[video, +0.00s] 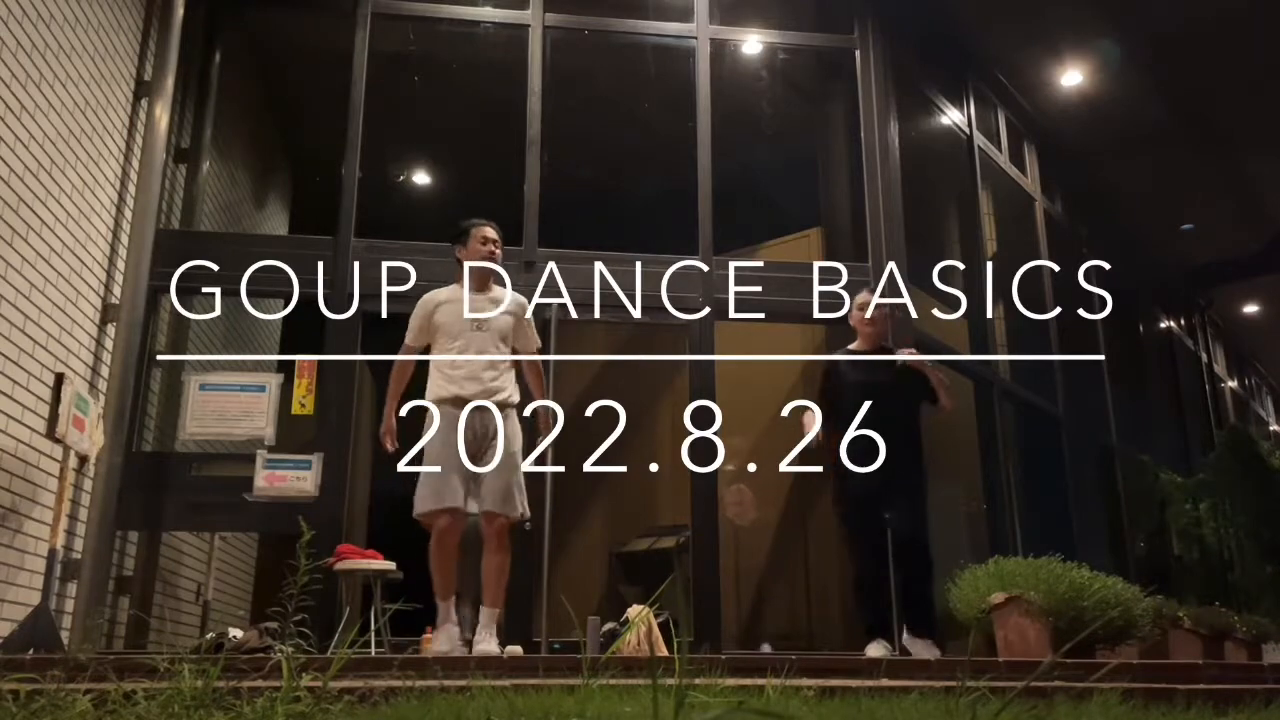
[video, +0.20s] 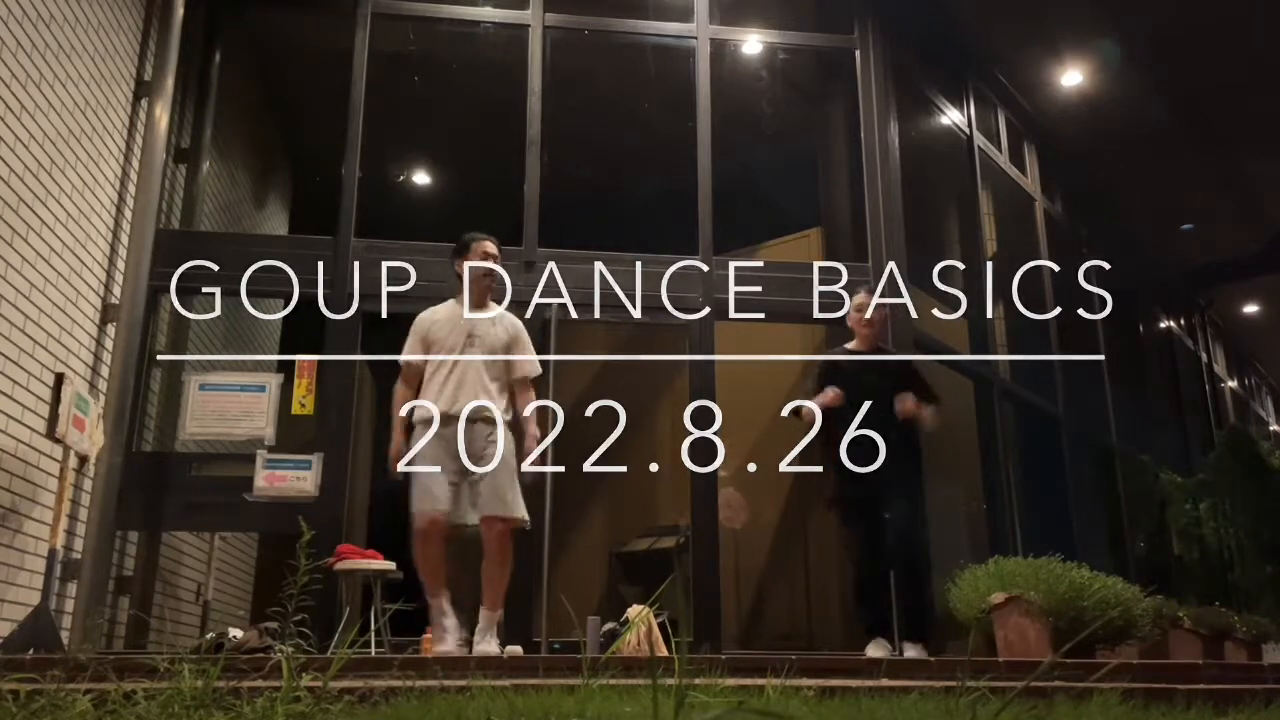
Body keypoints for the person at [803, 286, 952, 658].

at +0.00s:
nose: (875, 315)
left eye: (881, 309)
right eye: (866, 309)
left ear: (891, 317)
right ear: (852, 318)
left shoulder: (905, 361)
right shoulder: (836, 363)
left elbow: (947, 405)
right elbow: (815, 411)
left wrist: (926, 368)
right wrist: (813, 426)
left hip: (905, 471)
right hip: (856, 474)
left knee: (912, 548)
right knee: (867, 554)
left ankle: (917, 632)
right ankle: (877, 637)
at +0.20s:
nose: (868, 317)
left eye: (874, 311)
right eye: (861, 311)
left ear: (885, 317)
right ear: (849, 317)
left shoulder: (899, 363)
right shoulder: (834, 362)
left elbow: (934, 419)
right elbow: (805, 415)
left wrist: (917, 410)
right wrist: (820, 403)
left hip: (901, 475)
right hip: (854, 476)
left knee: (908, 551)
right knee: (866, 555)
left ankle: (913, 638)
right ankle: (877, 637)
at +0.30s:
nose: (867, 330)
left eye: (873, 324)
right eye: (860, 324)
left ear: (883, 329)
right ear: (849, 330)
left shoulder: (896, 382)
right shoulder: (834, 379)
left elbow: (918, 427)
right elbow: (810, 421)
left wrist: (914, 448)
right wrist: (828, 432)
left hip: (893, 479)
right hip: (848, 480)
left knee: (907, 548)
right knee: (865, 536)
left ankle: (911, 637)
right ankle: (867, 617)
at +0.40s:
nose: (858, 329)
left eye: (865, 323)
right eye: (851, 323)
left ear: (878, 327)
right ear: (842, 327)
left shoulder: (893, 381)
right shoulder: (823, 376)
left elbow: (909, 432)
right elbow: (796, 423)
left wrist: (907, 466)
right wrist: (808, 456)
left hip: (883, 482)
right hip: (836, 479)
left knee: (902, 553)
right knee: (832, 512)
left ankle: (909, 640)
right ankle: (829, 590)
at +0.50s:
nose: (833, 304)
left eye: (841, 298)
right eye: (828, 297)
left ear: (857, 307)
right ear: (821, 304)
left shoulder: (876, 358)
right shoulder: (804, 351)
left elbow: (898, 409)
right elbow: (772, 392)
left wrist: (896, 448)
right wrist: (772, 431)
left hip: (861, 461)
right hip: (810, 457)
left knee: (882, 541)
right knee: (793, 514)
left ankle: (903, 634)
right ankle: (779, 601)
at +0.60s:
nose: (828, 297)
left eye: (835, 291)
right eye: (821, 291)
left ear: (847, 297)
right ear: (811, 297)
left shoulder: (864, 346)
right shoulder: (789, 342)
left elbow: (890, 393)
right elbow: (757, 374)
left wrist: (886, 430)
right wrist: (753, 412)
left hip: (853, 455)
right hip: (800, 454)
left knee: (876, 534)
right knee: (775, 527)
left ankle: (886, 622)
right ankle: (753, 618)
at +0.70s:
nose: (811, 305)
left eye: (817, 298)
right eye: (804, 298)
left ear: (827, 305)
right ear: (791, 305)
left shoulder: (845, 351)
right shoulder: (769, 349)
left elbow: (873, 393)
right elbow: (739, 373)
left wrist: (869, 422)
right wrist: (728, 408)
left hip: (834, 464)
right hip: (779, 464)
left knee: (860, 533)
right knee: (757, 546)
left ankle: (843, 612)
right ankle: (734, 633)